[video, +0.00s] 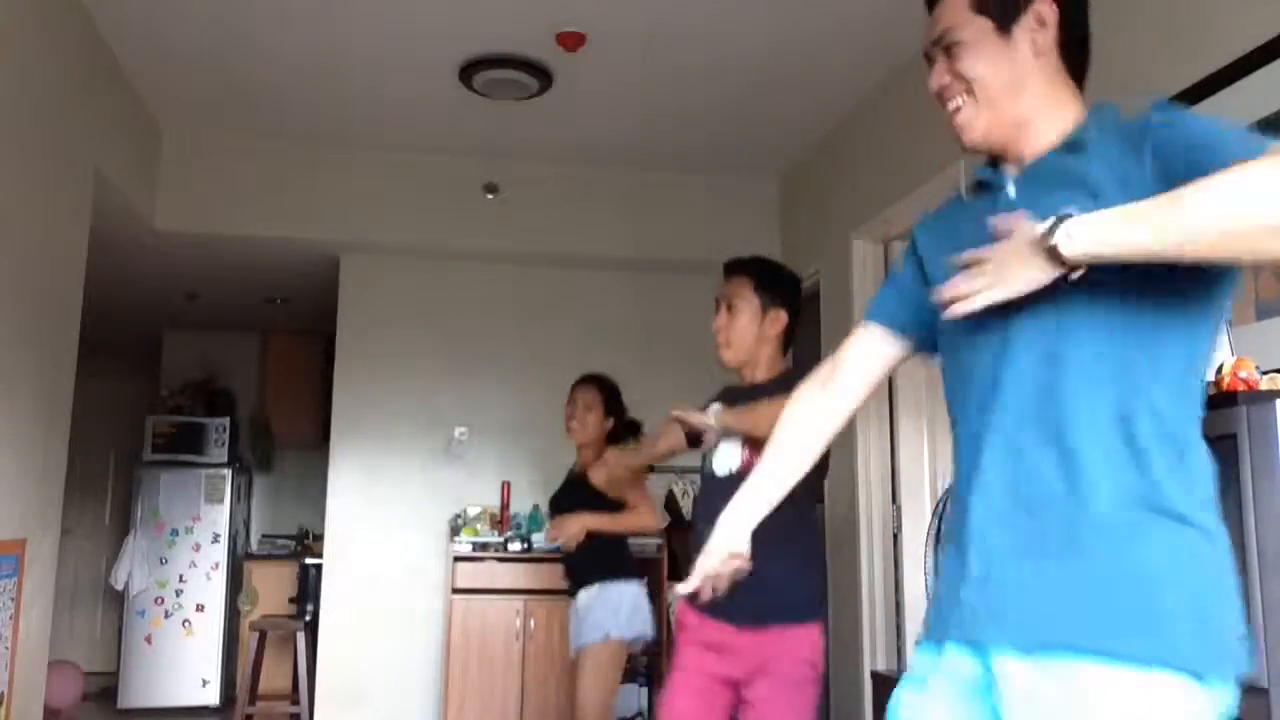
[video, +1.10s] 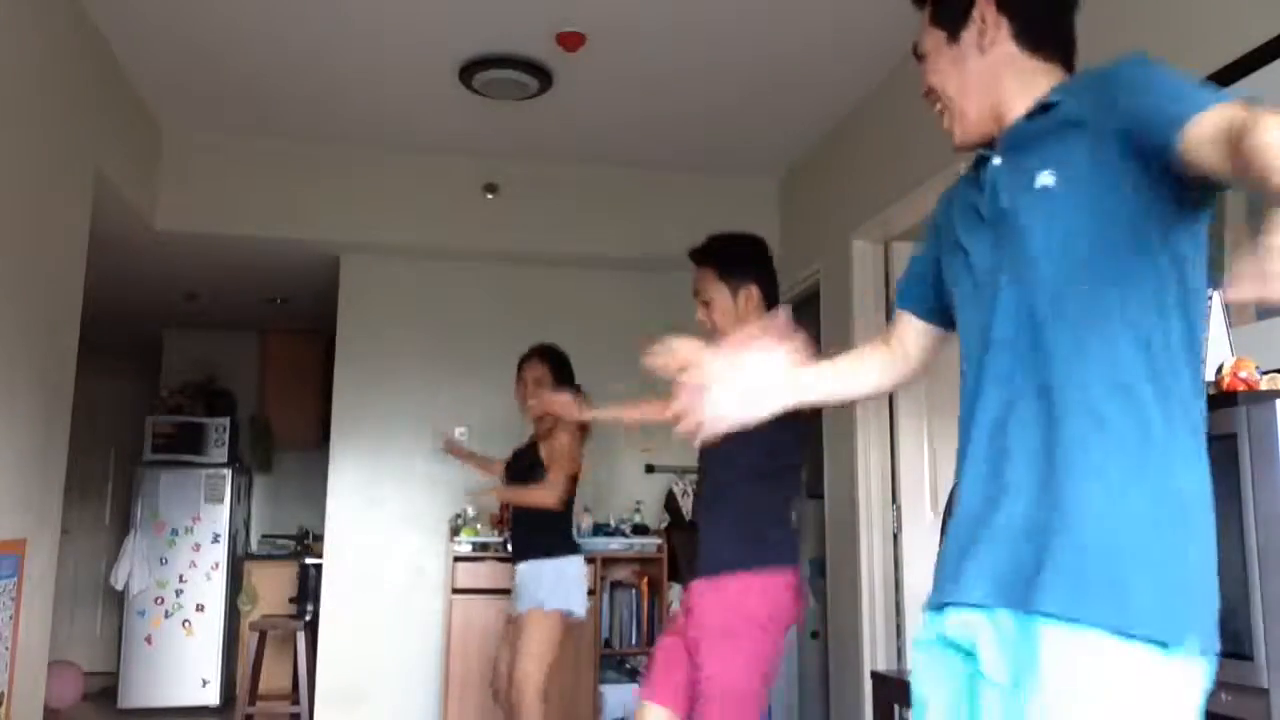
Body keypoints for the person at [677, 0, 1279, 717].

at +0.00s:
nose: (934, 81)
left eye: (950, 46)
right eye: (930, 63)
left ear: (1040, 26)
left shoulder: (1160, 143)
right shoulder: (943, 233)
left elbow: (1273, 199)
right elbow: (837, 382)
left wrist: (1065, 242)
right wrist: (735, 523)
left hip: (1141, 637)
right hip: (969, 633)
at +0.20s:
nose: (931, 70)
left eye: (945, 40)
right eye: (925, 54)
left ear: (1029, 19)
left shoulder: (1143, 106)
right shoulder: (951, 225)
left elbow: (1271, 117)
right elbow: (843, 363)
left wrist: (1128, 210)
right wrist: (690, 457)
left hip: (1131, 617)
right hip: (975, 619)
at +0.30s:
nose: (920, 68)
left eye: (933, 37)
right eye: (915, 52)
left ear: (1016, 18)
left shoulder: (1108, 100)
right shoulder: (950, 217)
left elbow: (1220, 131)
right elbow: (886, 362)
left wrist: (1264, 170)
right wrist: (788, 372)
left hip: (1095, 587)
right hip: (959, 587)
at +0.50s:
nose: (908, 102)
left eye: (925, 71)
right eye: (906, 84)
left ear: (1007, 53)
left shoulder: (1087, 147)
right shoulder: (951, 261)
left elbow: (1197, 183)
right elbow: (885, 410)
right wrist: (840, 376)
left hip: (1074, 622)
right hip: (969, 618)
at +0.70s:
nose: (935, 52)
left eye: (950, 22)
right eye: (933, 34)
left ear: (1033, 12)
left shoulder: (1141, 100)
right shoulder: (942, 180)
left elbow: (1271, 128)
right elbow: (848, 314)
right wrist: (734, 438)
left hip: (1108, 587)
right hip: (964, 583)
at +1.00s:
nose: (933, 82)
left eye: (939, 52)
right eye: (931, 61)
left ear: (1003, 26)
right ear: (992, 36)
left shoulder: (1152, 108)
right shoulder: (957, 206)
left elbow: (1277, 142)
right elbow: (864, 352)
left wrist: (1143, 233)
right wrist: (705, 470)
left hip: (1149, 622)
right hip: (986, 617)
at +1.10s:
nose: (923, 84)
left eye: (927, 53)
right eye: (920, 61)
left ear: (986, 26)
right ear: (985, 31)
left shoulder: (1122, 95)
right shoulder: (963, 206)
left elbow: (1248, 134)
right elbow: (893, 355)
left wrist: (1262, 254)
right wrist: (777, 379)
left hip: (1121, 591)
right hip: (976, 586)